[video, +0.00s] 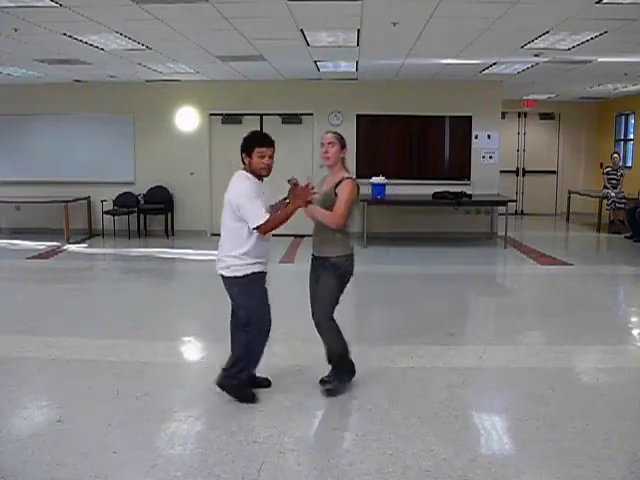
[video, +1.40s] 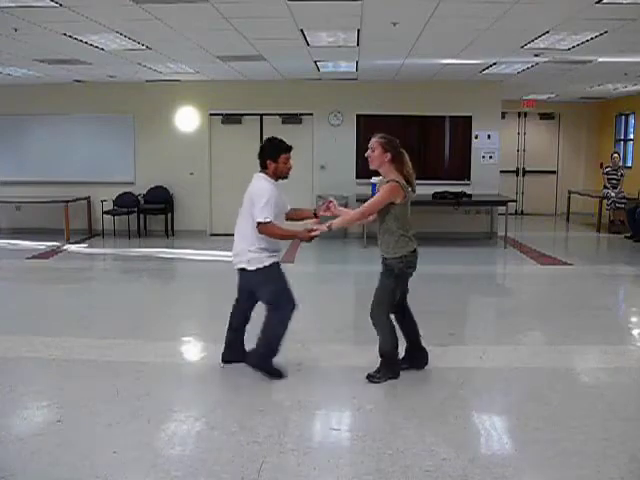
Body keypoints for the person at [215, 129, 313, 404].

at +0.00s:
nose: (268, 162)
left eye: (271, 157)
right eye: (262, 157)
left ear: (273, 157)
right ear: (246, 157)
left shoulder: (253, 183)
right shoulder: (244, 187)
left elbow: (264, 214)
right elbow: (263, 226)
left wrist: (289, 200)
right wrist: (295, 206)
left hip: (248, 267)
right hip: (242, 269)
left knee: (244, 321)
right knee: (259, 323)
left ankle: (244, 373)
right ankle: (233, 377)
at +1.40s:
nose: (290, 165)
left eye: (290, 160)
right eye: (285, 161)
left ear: (272, 164)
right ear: (270, 163)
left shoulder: (267, 185)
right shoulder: (265, 188)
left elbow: (286, 214)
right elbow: (264, 227)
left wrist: (315, 214)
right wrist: (299, 235)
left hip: (249, 258)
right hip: (258, 259)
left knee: (244, 304)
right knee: (284, 304)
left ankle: (232, 351)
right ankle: (262, 357)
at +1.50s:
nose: (304, 166)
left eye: (304, 161)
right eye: (300, 161)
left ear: (285, 165)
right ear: (285, 164)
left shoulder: (276, 183)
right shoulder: (279, 188)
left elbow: (287, 215)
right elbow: (274, 224)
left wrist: (314, 212)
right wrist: (303, 235)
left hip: (267, 259)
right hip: (275, 261)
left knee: (259, 303)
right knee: (299, 306)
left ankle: (236, 347)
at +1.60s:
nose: (318, 166)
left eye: (318, 161)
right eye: (315, 162)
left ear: (300, 164)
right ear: (300, 164)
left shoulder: (297, 184)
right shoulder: (293, 187)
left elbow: (298, 214)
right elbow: (287, 222)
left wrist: (320, 208)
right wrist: (309, 235)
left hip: (290, 256)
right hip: (293, 257)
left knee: (290, 296)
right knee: (311, 303)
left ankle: (253, 333)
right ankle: (306, 351)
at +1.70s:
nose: (334, 164)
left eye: (333, 159)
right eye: (329, 160)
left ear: (317, 163)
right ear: (314, 162)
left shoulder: (316, 182)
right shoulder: (305, 183)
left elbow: (315, 208)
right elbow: (298, 214)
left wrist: (331, 201)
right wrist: (304, 231)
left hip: (313, 254)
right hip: (301, 257)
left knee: (324, 293)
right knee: (315, 299)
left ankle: (288, 326)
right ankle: (306, 350)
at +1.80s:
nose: (344, 163)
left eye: (344, 158)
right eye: (340, 158)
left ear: (334, 160)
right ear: (328, 161)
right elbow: (303, 212)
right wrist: (293, 241)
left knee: (337, 300)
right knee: (311, 306)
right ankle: (304, 349)